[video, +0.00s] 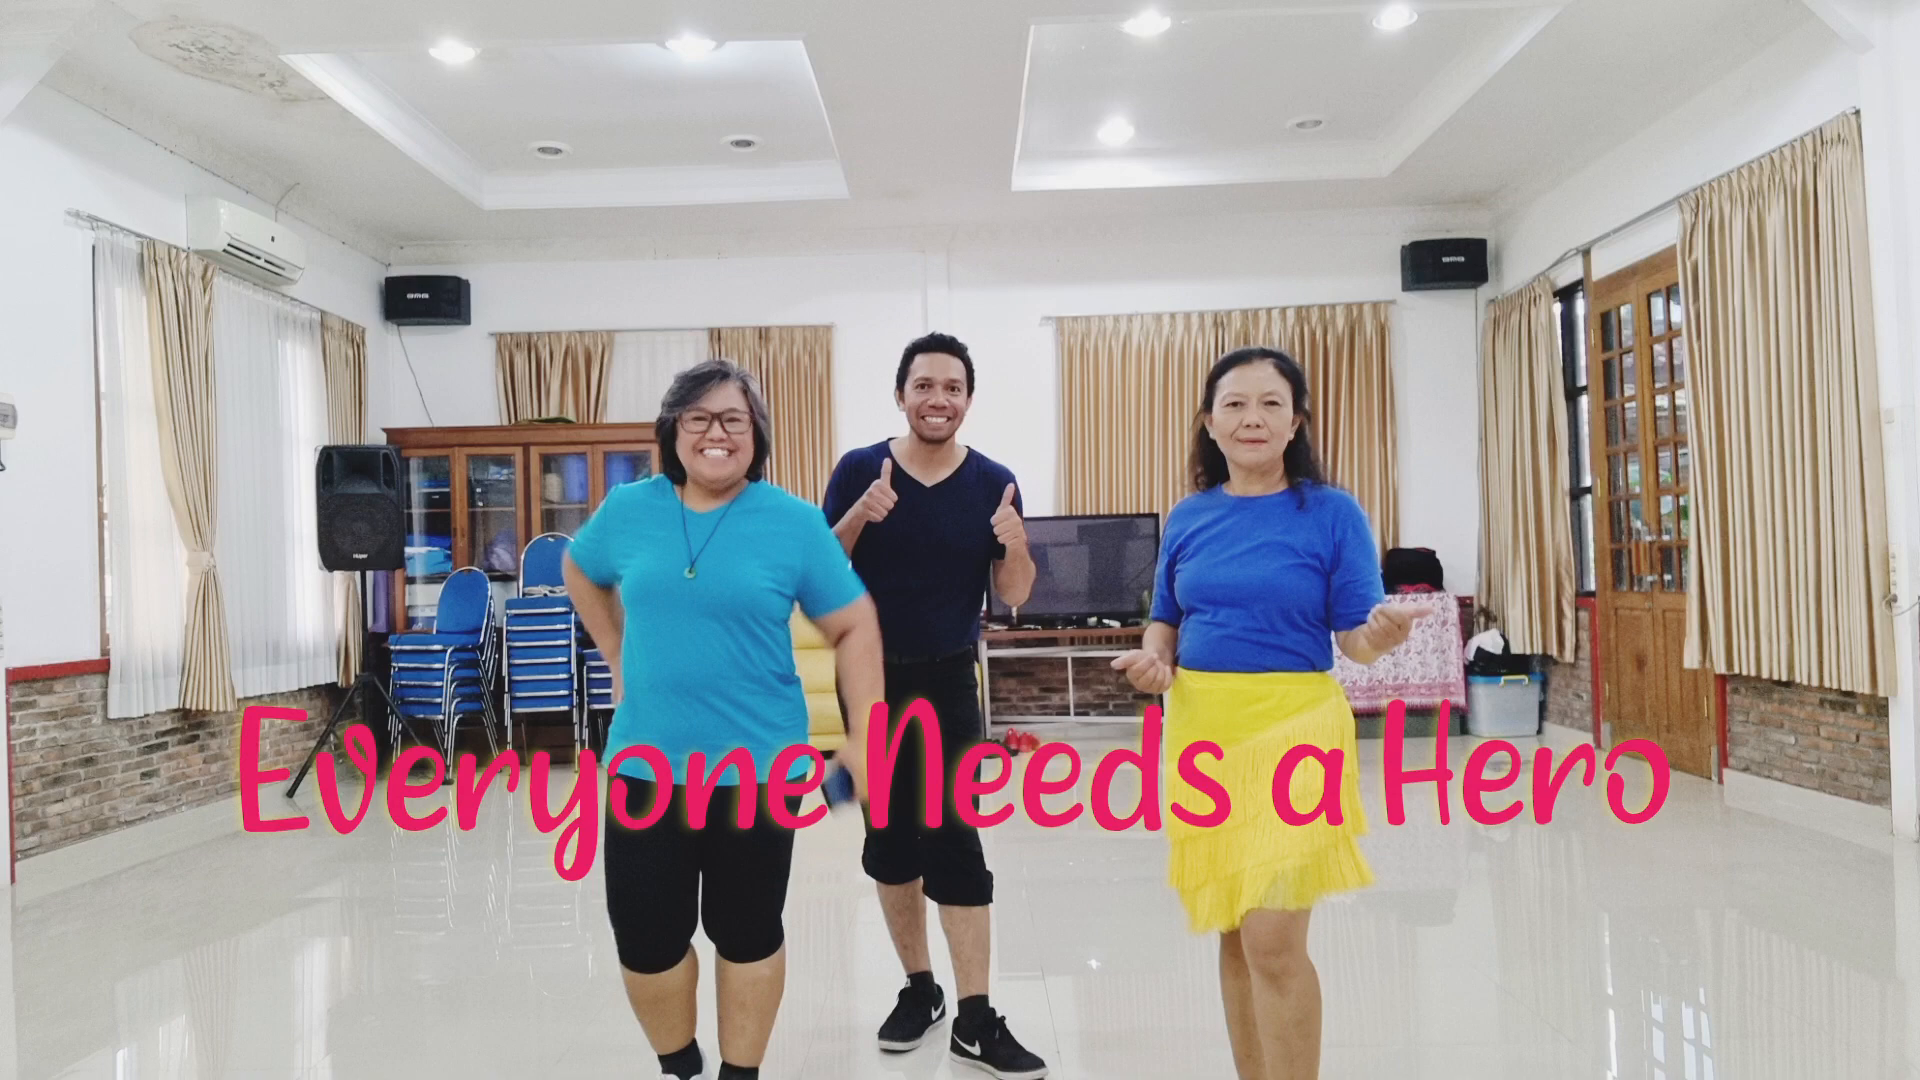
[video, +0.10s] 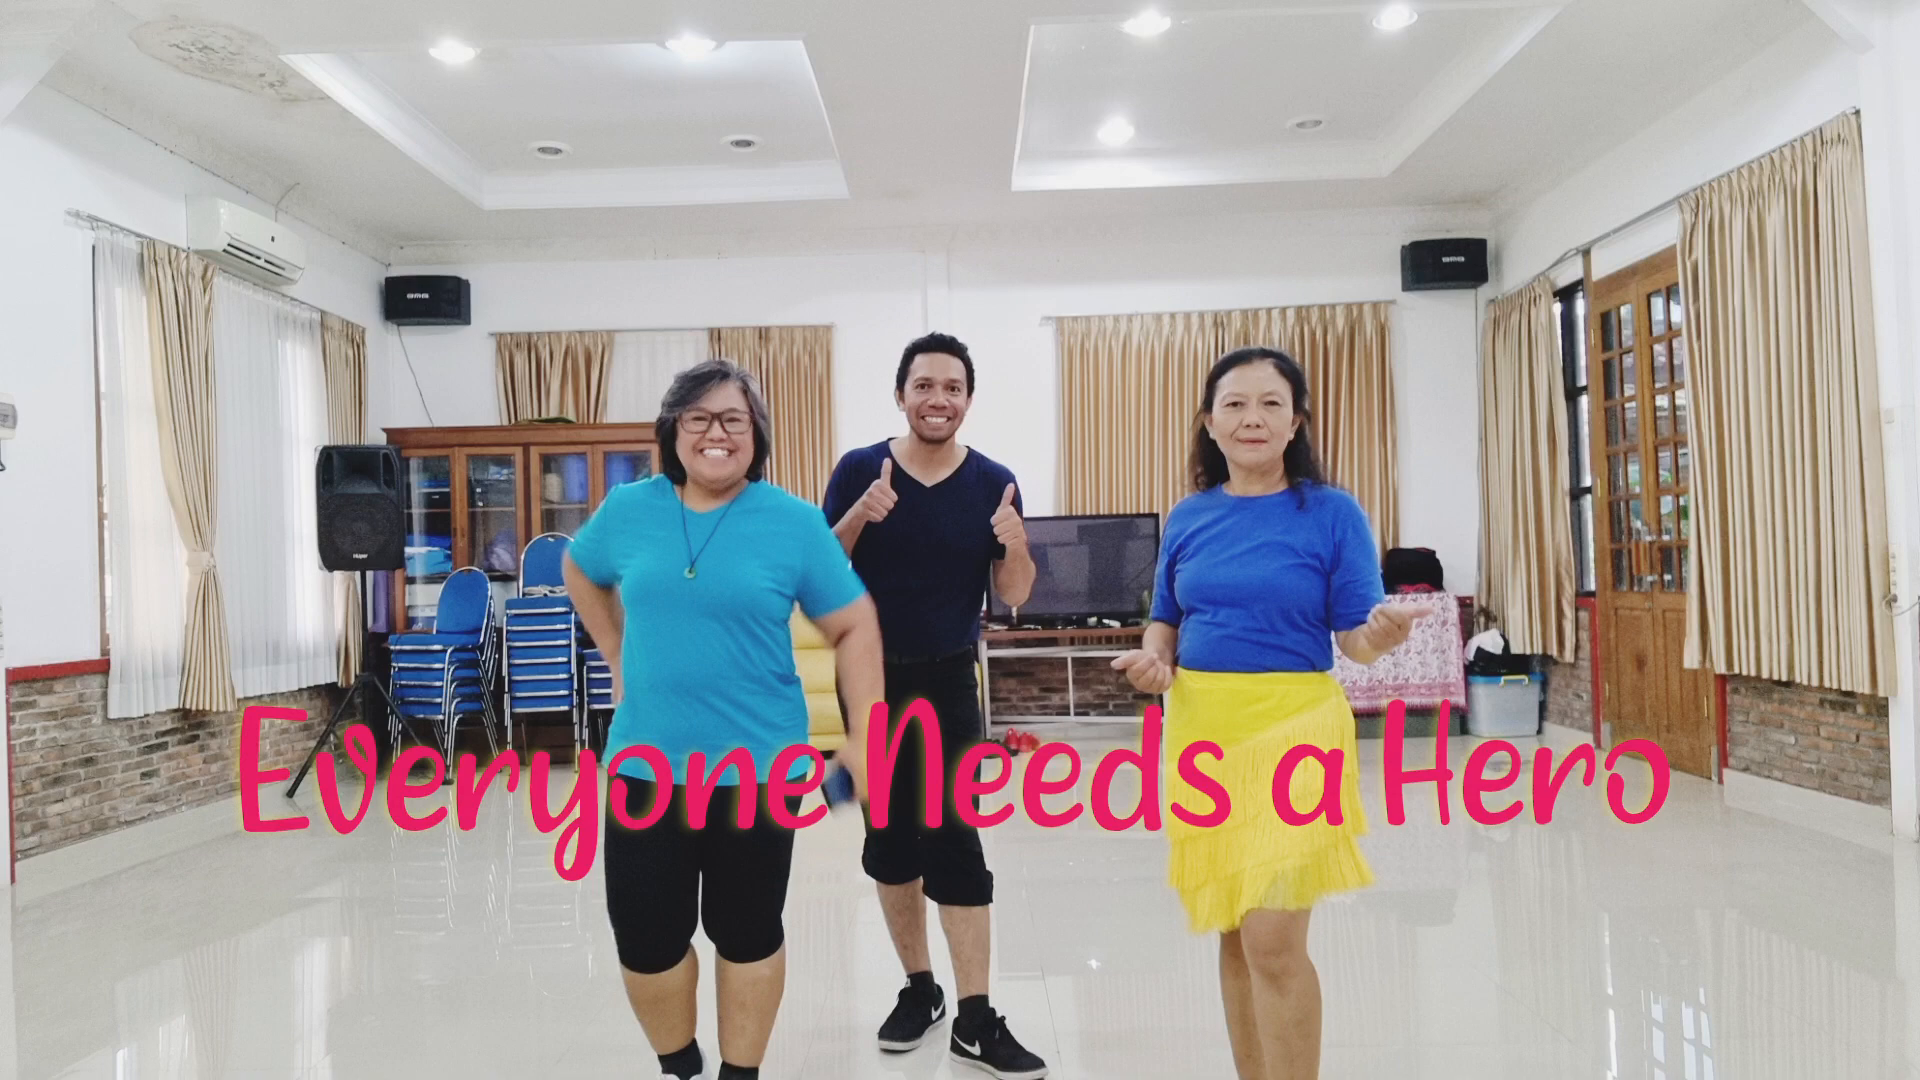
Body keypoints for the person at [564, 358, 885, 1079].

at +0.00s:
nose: (720, 432)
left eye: (736, 420)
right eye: (702, 420)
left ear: (756, 436)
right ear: (672, 434)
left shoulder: (795, 523)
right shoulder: (627, 509)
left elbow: (856, 626)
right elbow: (580, 570)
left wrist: (865, 738)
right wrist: (625, 663)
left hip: (758, 768)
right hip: (645, 764)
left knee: (746, 932)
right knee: (646, 938)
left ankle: (739, 1076)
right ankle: (680, 1069)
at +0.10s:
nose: (720, 432)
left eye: (736, 420)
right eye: (702, 420)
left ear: (756, 436)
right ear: (672, 434)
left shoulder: (795, 523)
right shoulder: (627, 509)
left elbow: (856, 626)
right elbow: (580, 570)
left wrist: (865, 738)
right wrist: (625, 663)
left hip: (758, 768)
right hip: (645, 764)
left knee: (746, 932)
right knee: (646, 938)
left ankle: (739, 1076)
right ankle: (680, 1069)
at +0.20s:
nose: (720, 432)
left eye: (736, 420)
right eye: (702, 420)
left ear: (756, 436)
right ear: (672, 434)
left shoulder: (795, 523)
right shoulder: (627, 509)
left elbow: (856, 626)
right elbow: (580, 570)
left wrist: (865, 738)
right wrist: (625, 663)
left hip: (758, 768)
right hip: (645, 764)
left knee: (746, 932)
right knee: (646, 938)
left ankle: (739, 1076)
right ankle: (680, 1069)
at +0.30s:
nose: (720, 432)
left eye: (736, 420)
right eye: (702, 420)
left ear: (756, 436)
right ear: (672, 434)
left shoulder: (795, 523)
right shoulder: (627, 509)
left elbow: (856, 626)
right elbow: (580, 570)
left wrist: (865, 738)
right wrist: (625, 663)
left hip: (758, 768)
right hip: (645, 764)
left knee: (746, 932)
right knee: (646, 938)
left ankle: (739, 1076)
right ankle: (680, 1069)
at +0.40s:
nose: (720, 432)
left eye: (736, 420)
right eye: (702, 420)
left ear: (756, 436)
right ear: (672, 434)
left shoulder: (795, 523)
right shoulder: (627, 509)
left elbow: (856, 626)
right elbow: (580, 570)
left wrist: (865, 738)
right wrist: (625, 663)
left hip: (758, 768)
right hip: (645, 764)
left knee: (746, 932)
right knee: (646, 938)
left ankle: (739, 1076)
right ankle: (680, 1069)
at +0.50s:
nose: (720, 432)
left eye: (736, 420)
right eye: (702, 420)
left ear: (756, 436)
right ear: (672, 434)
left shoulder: (795, 523)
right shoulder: (627, 509)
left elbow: (856, 626)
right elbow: (580, 570)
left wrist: (865, 738)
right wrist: (625, 663)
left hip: (758, 768)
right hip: (645, 764)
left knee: (746, 932)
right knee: (646, 938)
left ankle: (739, 1076)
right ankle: (680, 1069)